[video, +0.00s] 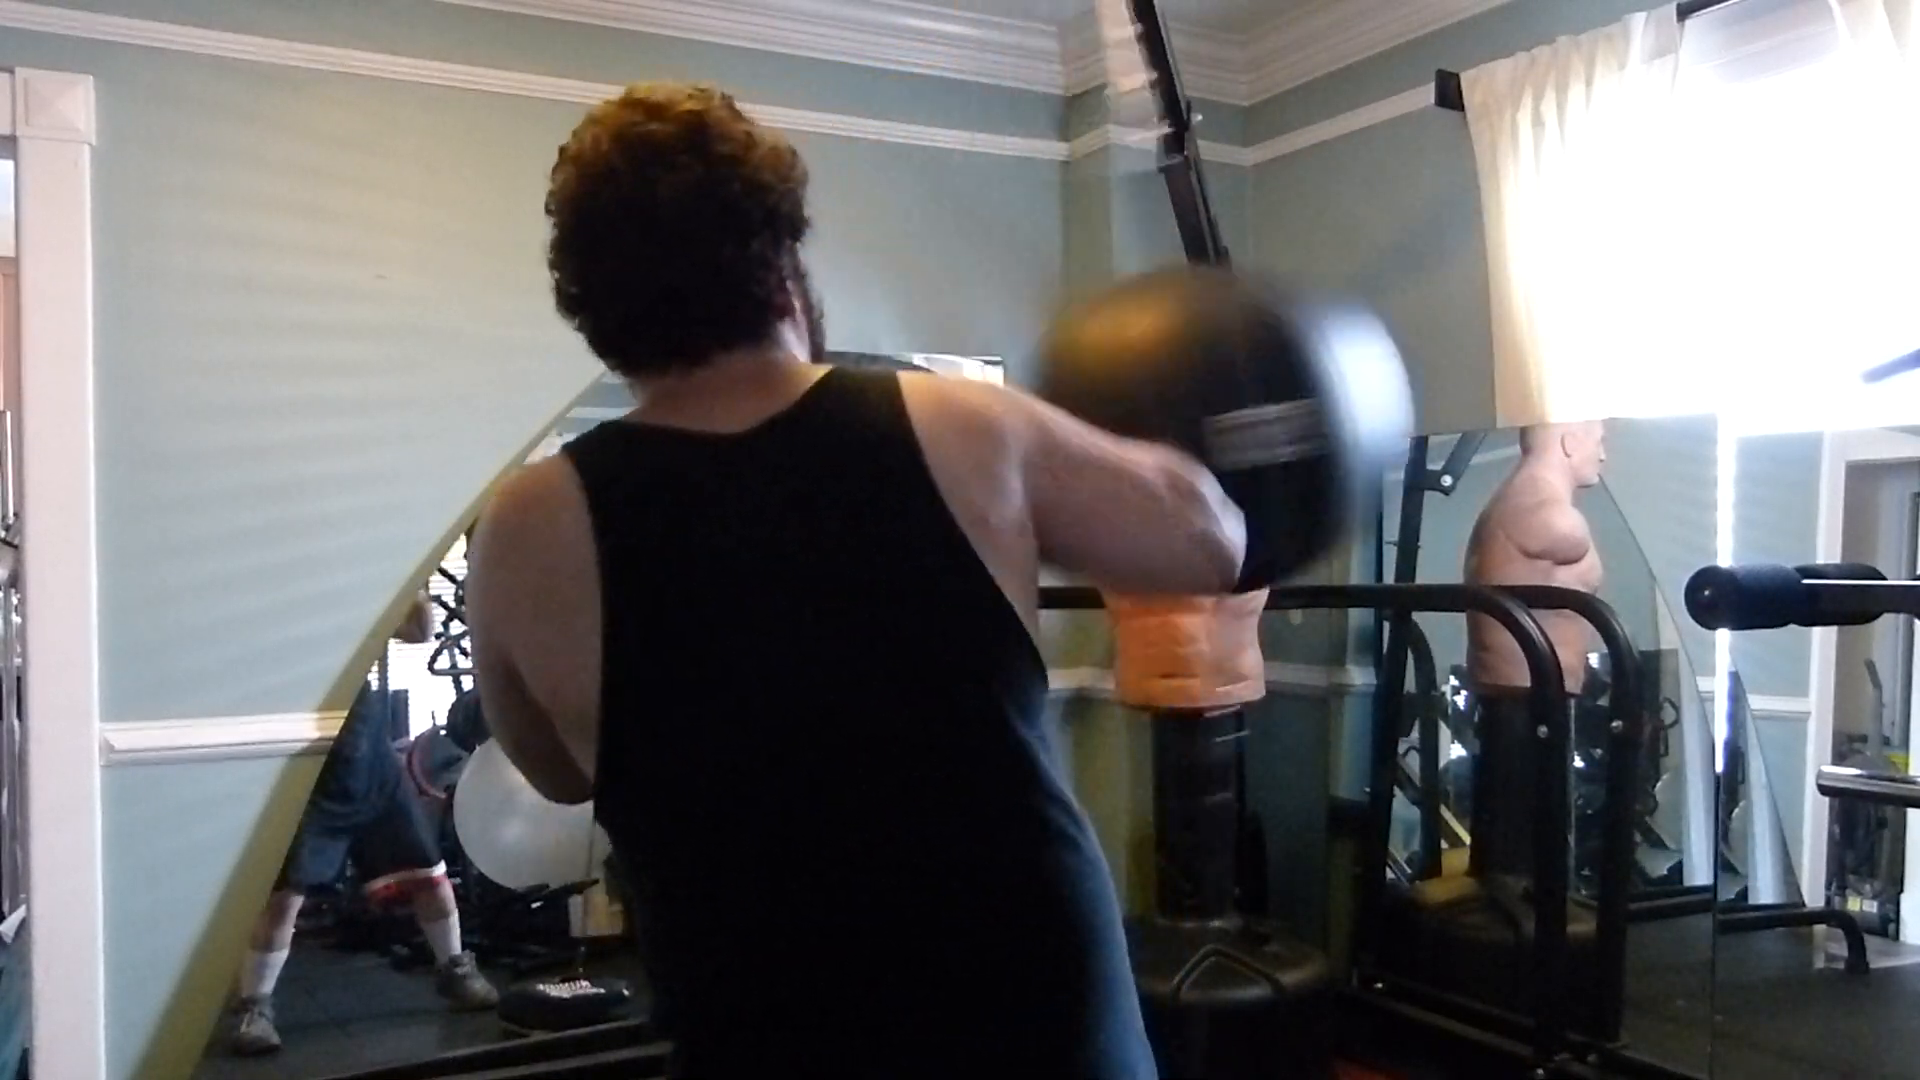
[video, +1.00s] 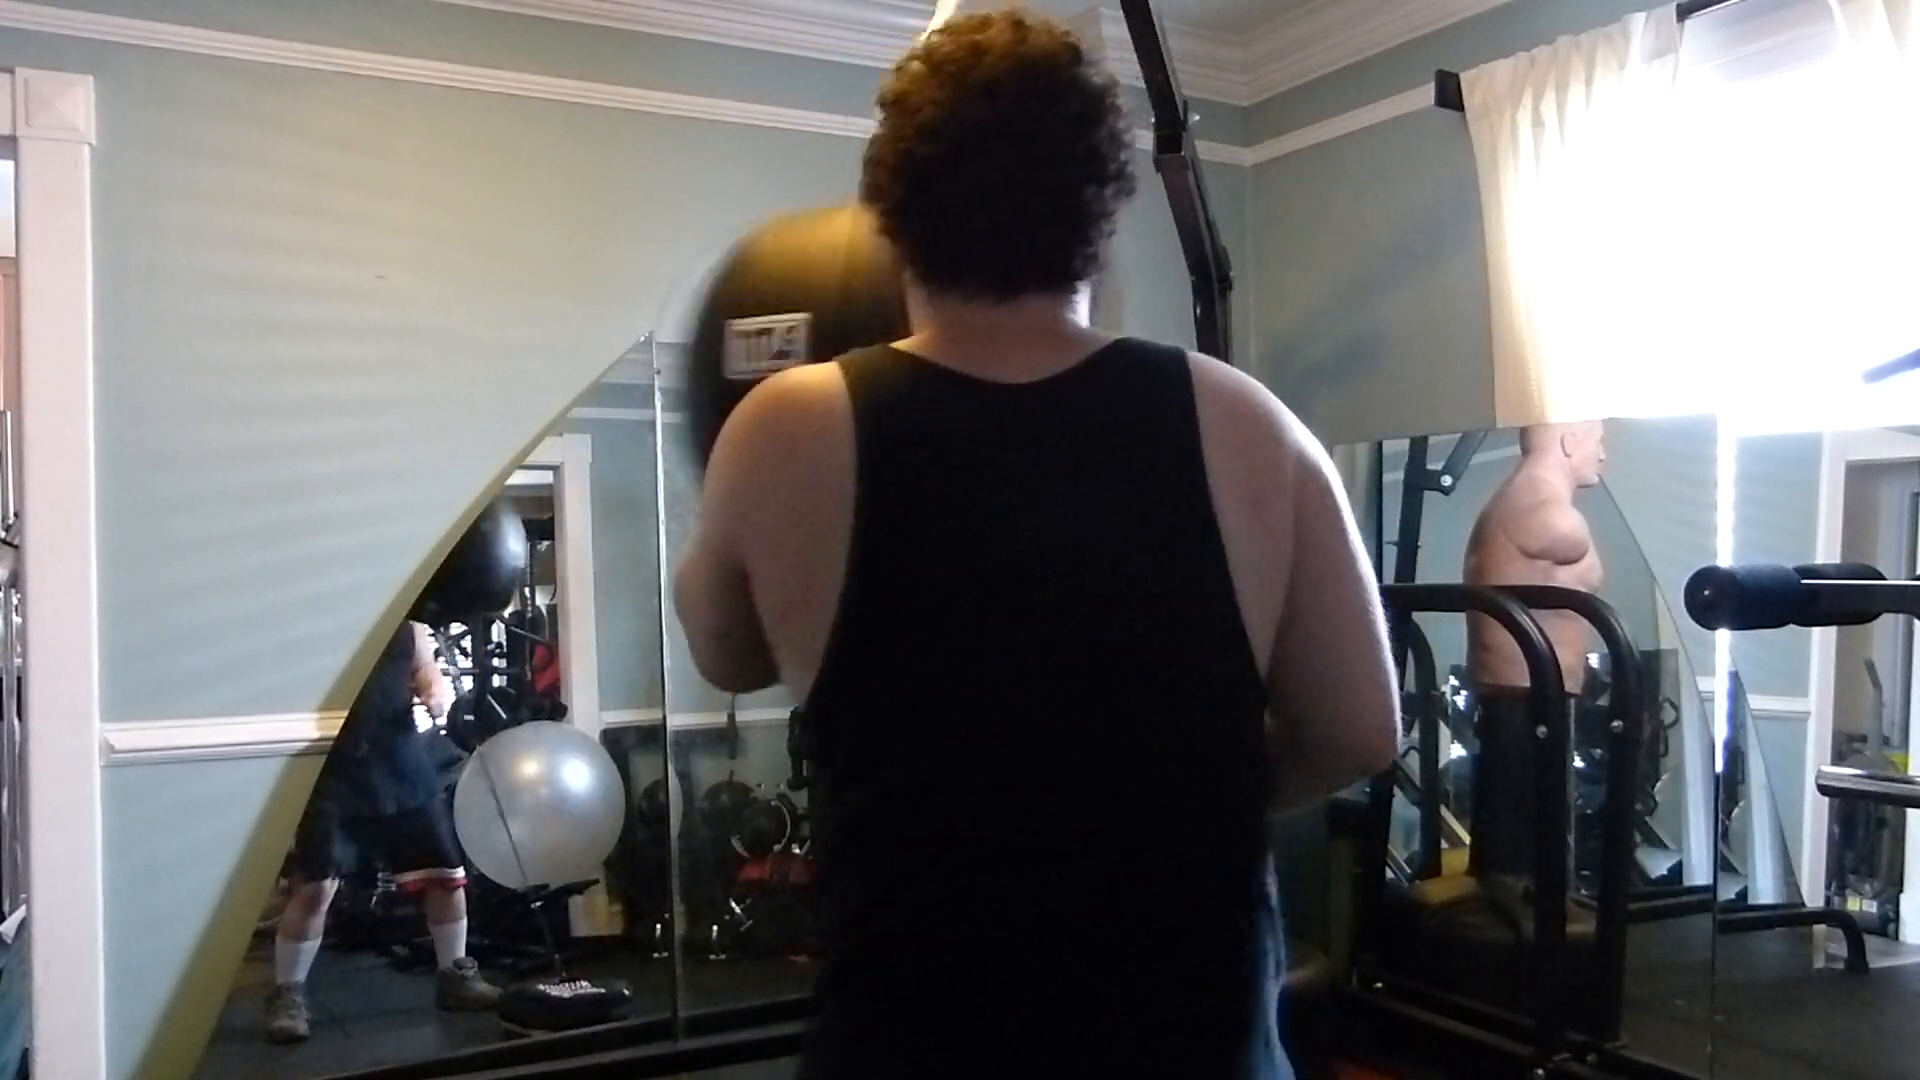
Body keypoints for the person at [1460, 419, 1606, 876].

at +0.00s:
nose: (1604, 455)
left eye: (1603, 440)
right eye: (1598, 438)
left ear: (1556, 441)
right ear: (1566, 441)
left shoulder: (1513, 498)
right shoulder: (1540, 499)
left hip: (1508, 691)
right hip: (1530, 696)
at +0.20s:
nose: (1603, 453)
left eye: (1603, 437)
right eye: (1598, 436)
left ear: (1556, 439)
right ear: (1567, 439)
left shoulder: (1515, 499)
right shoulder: (1539, 501)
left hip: (1511, 695)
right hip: (1528, 699)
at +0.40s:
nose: (1602, 455)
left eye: (1602, 441)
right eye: (1597, 439)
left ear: (1555, 440)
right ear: (1567, 441)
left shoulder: (1514, 498)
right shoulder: (1539, 499)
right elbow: (1592, 575)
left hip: (1510, 690)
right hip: (1529, 694)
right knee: (1529, 801)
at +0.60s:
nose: (1604, 454)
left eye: (1603, 439)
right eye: (1598, 437)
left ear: (1559, 438)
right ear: (1567, 438)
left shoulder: (1511, 502)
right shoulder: (1538, 500)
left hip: (1508, 690)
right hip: (1528, 694)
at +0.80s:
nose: (1603, 455)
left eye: (1602, 441)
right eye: (1597, 439)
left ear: (1554, 441)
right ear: (1567, 442)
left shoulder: (1507, 502)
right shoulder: (1541, 502)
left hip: (1506, 692)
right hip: (1530, 697)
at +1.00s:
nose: (1603, 455)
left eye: (1602, 440)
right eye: (1597, 438)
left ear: (1555, 440)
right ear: (1567, 440)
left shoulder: (1507, 502)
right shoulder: (1539, 500)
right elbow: (1594, 575)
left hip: (1508, 697)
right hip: (1531, 700)